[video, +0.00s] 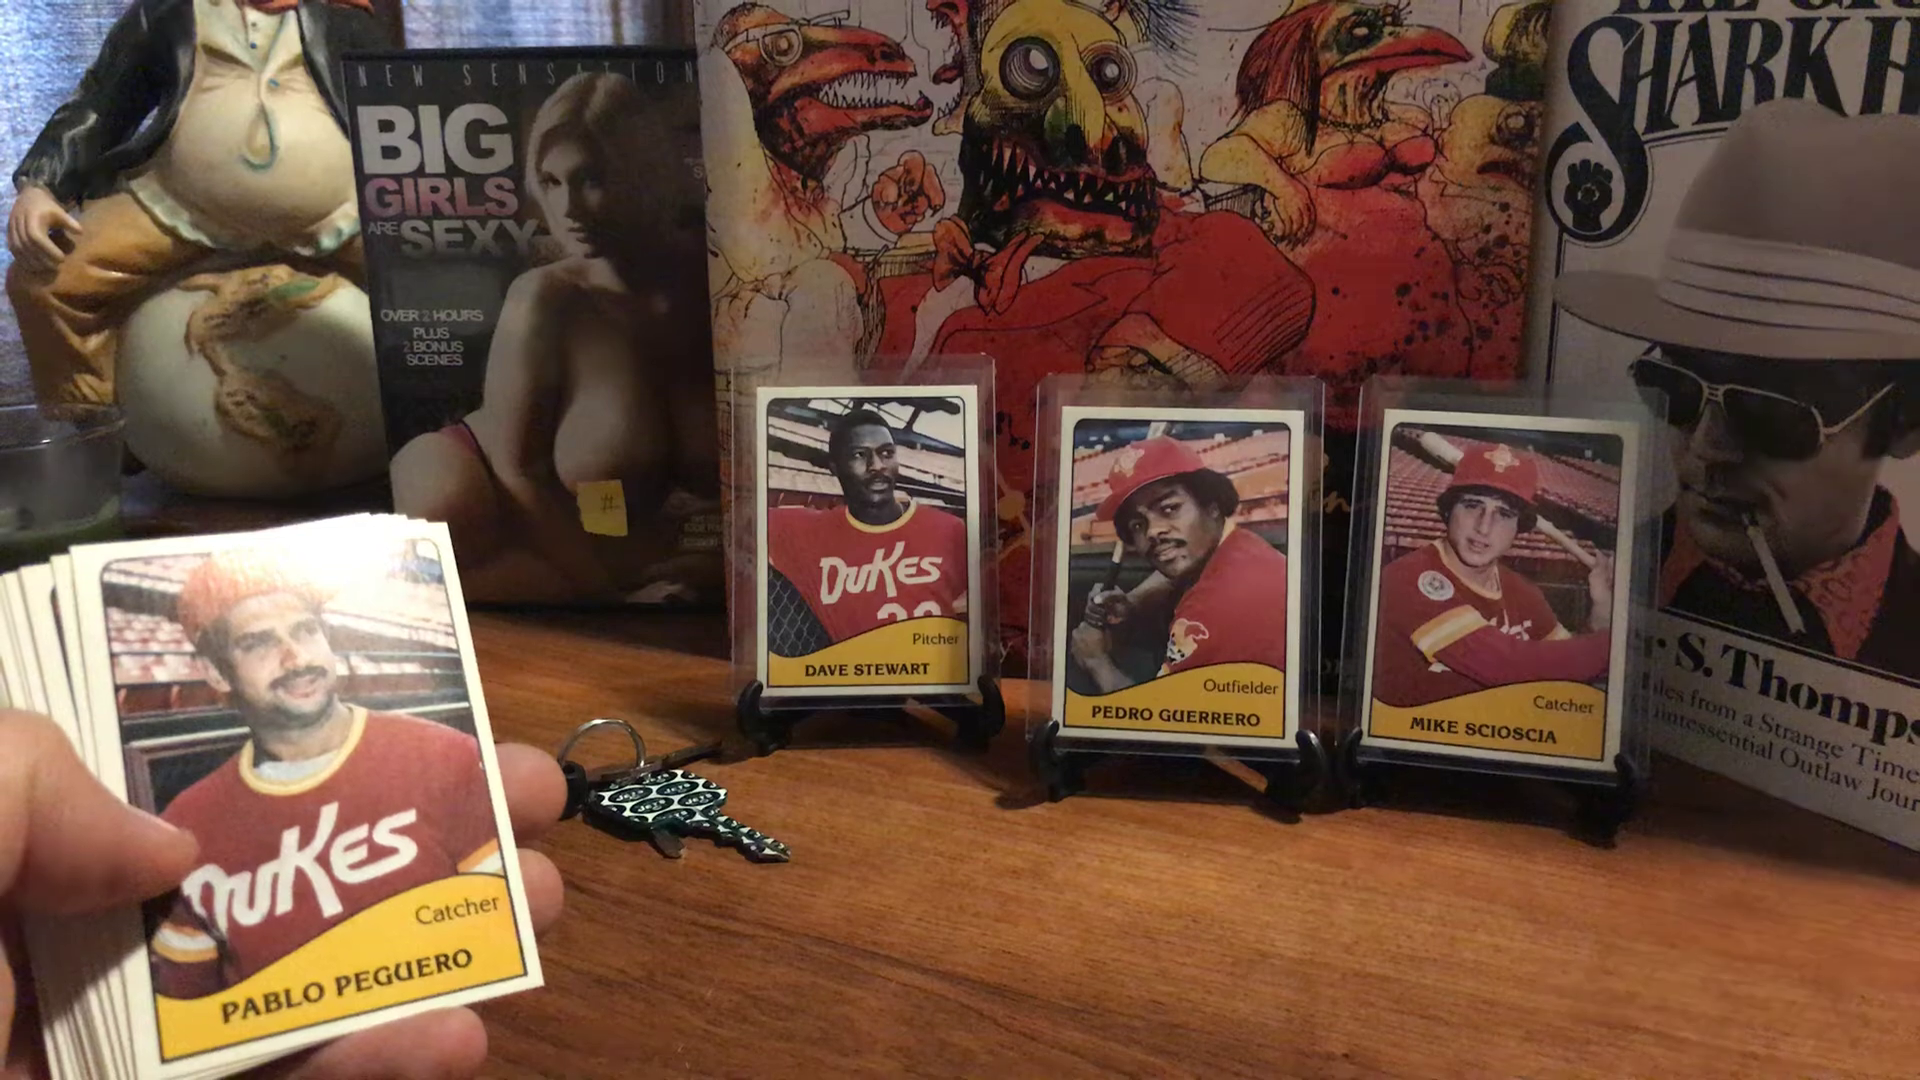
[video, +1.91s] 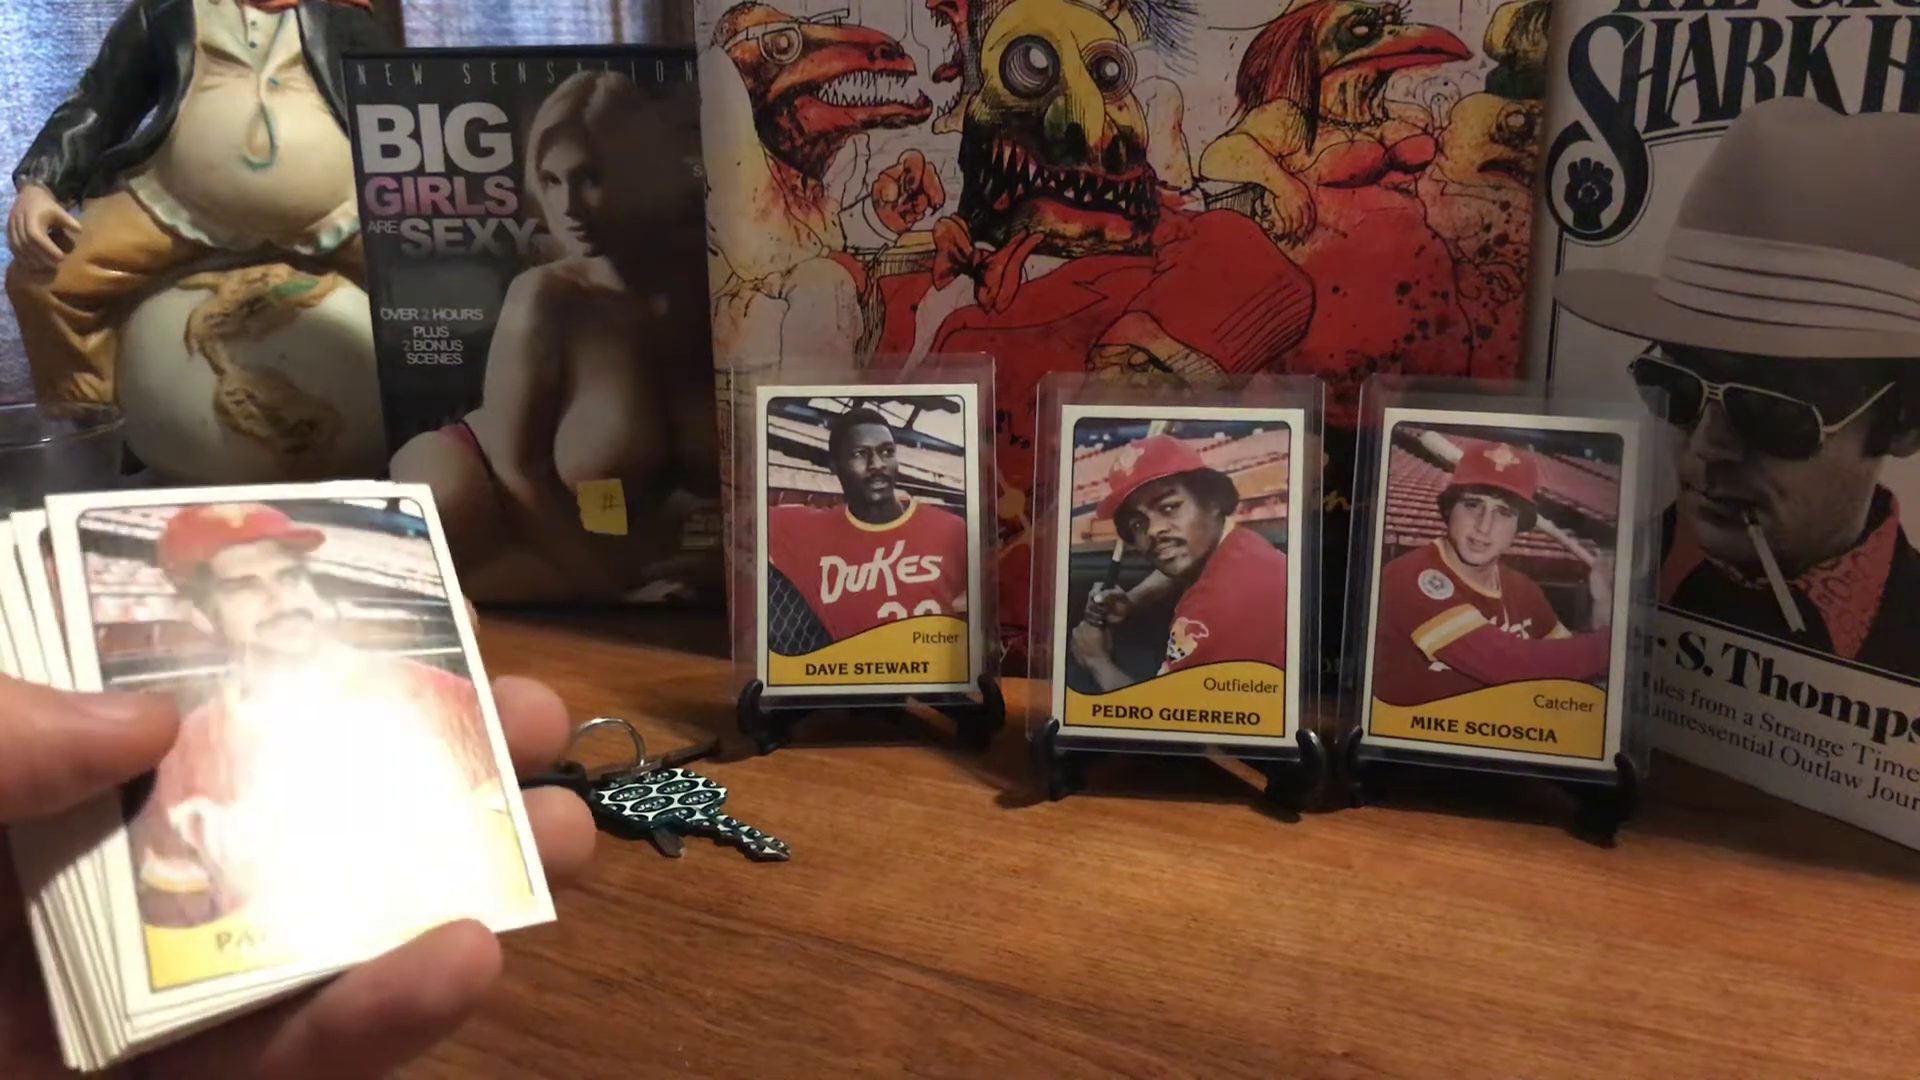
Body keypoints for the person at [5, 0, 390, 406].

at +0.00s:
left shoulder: (351, 19)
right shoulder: (168, 10)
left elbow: (401, 112)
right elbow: (100, 102)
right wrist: (36, 183)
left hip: (340, 211)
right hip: (180, 206)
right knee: (45, 281)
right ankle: (101, 452)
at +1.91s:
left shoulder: (350, 21)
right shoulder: (164, 12)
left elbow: (402, 113)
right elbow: (96, 104)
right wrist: (36, 183)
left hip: (338, 211)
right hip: (177, 207)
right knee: (44, 283)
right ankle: (105, 442)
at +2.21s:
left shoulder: (348, 20)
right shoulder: (164, 12)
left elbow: (398, 107)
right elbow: (100, 100)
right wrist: (36, 183)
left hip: (339, 212)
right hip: (177, 207)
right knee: (43, 281)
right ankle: (107, 441)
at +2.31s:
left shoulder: (348, 19)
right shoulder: (164, 12)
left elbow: (397, 106)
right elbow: (99, 101)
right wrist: (36, 183)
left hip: (339, 212)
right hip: (178, 207)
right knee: (42, 281)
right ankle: (107, 441)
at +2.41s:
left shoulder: (348, 19)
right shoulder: (164, 13)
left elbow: (399, 107)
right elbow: (99, 101)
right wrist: (36, 183)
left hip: (341, 211)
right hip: (178, 208)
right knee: (42, 280)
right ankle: (105, 444)